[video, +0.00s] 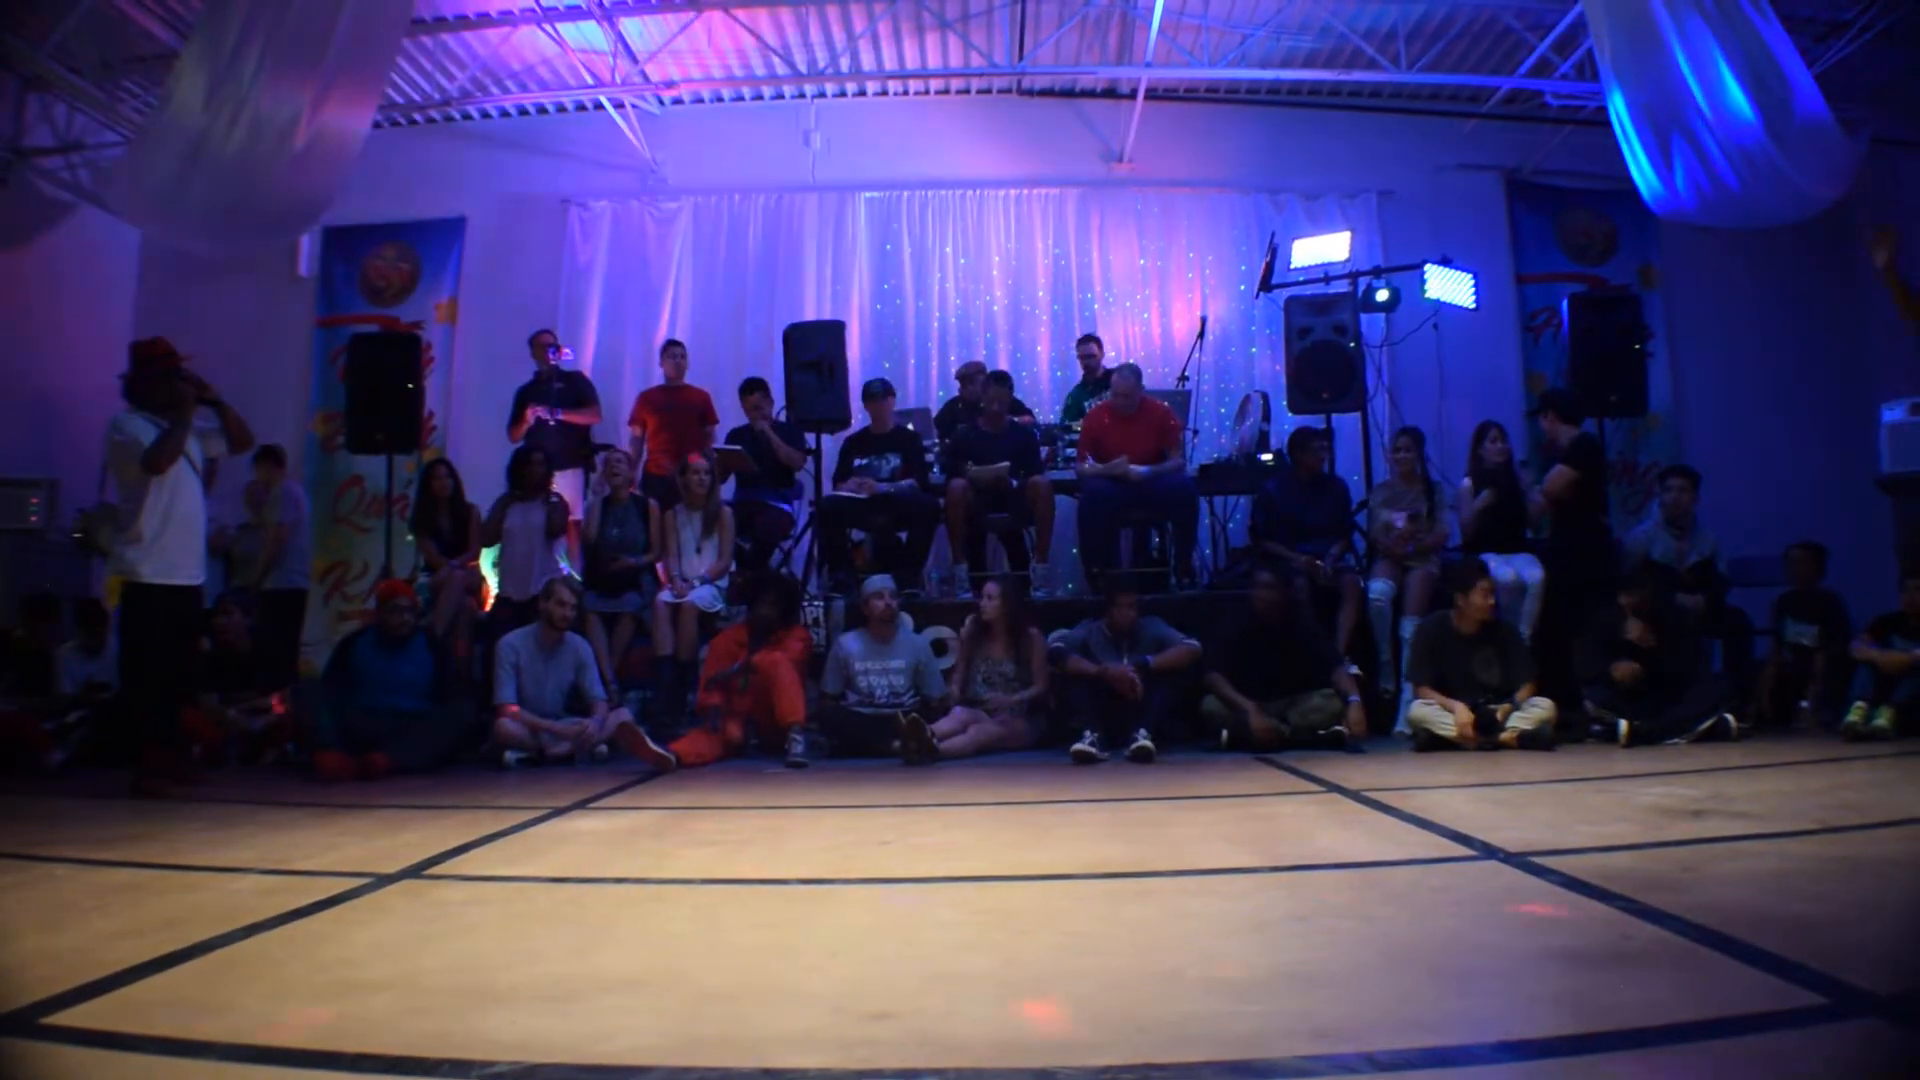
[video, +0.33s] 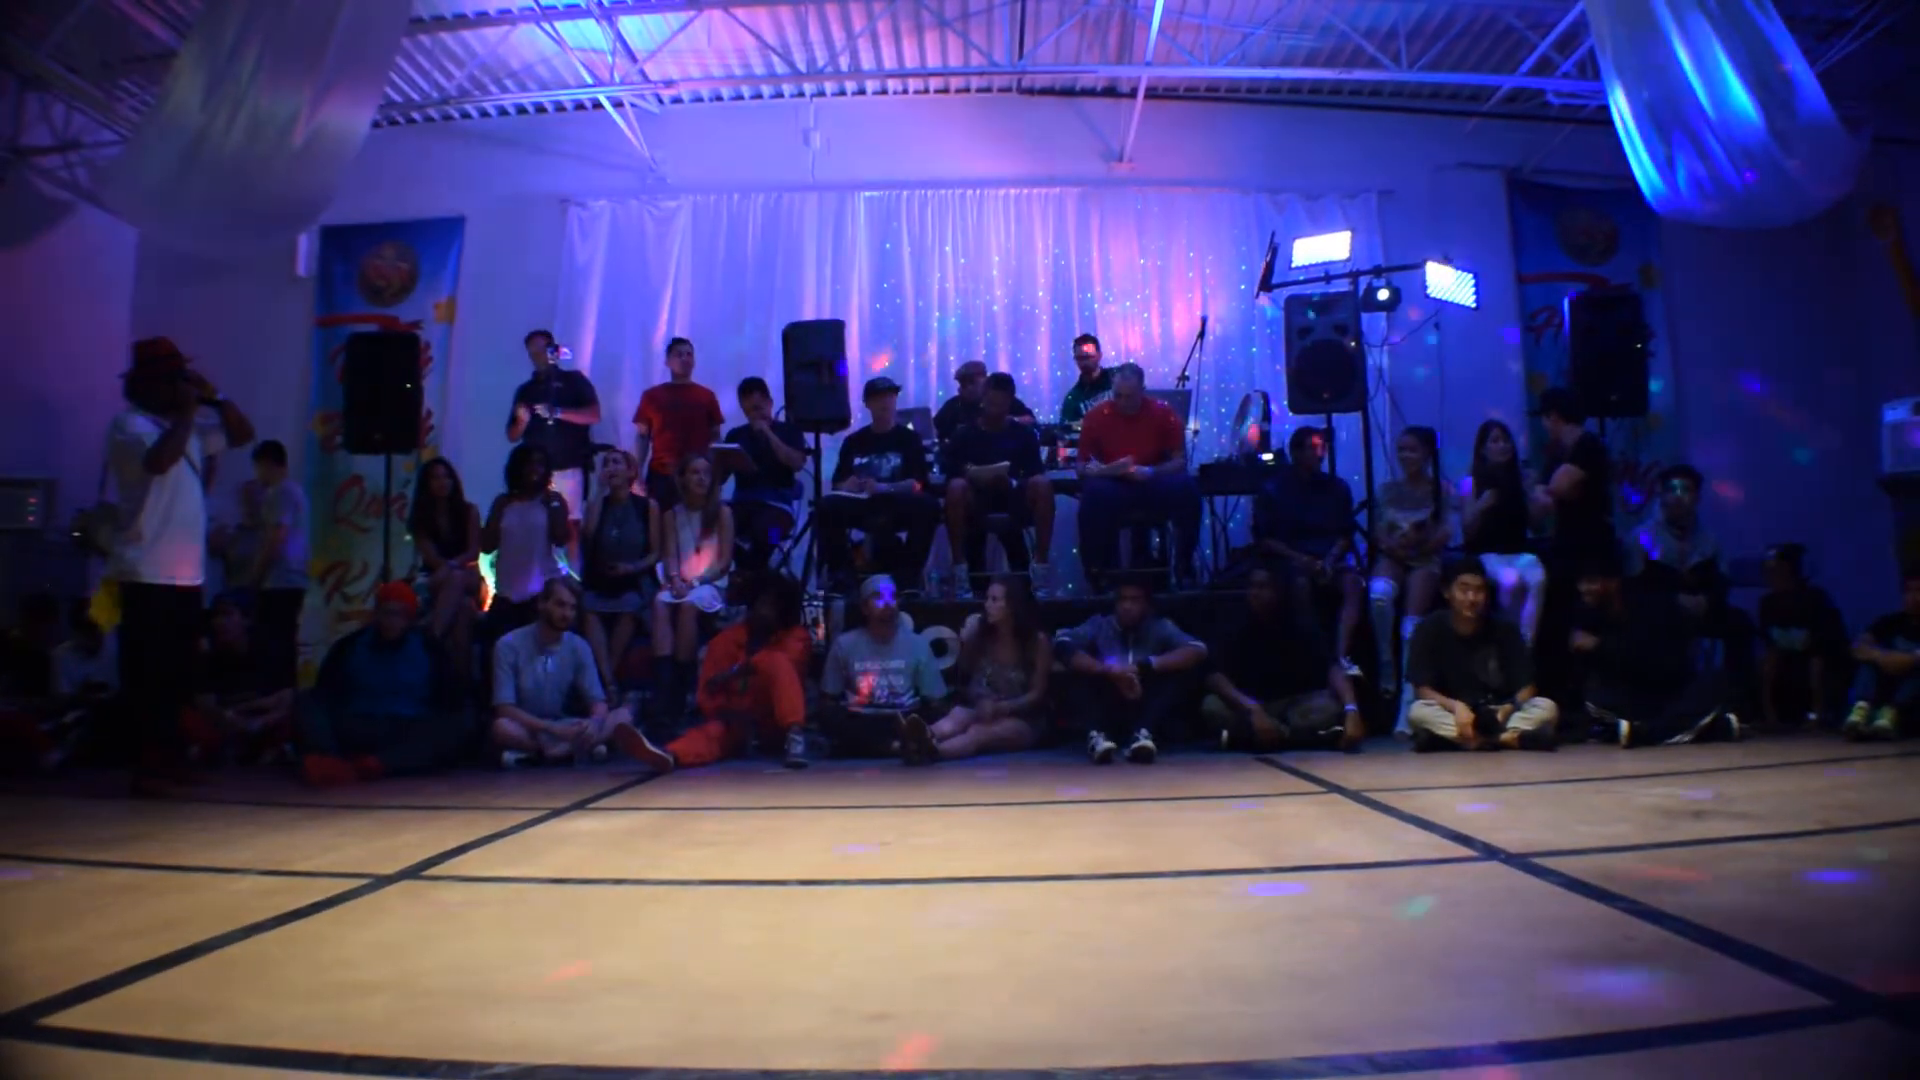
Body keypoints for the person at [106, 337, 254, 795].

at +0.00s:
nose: (176, 387)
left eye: (178, 378)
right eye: (165, 379)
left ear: (179, 385)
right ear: (143, 385)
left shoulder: (183, 433)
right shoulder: (127, 427)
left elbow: (241, 441)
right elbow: (155, 462)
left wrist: (213, 400)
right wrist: (184, 412)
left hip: (186, 580)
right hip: (147, 580)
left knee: (180, 681)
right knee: (148, 682)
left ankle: (176, 764)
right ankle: (147, 769)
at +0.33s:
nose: (178, 388)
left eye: (180, 380)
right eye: (168, 380)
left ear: (181, 386)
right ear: (147, 386)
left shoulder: (186, 432)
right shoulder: (129, 426)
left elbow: (242, 434)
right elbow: (157, 461)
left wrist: (213, 396)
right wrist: (187, 412)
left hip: (186, 579)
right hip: (148, 578)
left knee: (180, 679)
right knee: (149, 679)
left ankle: (174, 762)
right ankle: (147, 768)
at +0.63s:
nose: (179, 390)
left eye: (180, 381)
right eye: (170, 382)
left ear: (177, 385)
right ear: (147, 386)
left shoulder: (180, 431)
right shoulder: (127, 425)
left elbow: (239, 440)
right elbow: (157, 463)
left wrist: (215, 400)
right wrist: (186, 413)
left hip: (183, 581)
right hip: (148, 580)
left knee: (177, 682)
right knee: (147, 682)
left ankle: (171, 765)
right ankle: (145, 771)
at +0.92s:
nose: (185, 390)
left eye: (186, 382)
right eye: (177, 382)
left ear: (178, 388)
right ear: (155, 386)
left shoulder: (184, 434)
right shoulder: (133, 426)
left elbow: (242, 441)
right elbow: (166, 461)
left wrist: (218, 399)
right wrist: (193, 411)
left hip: (187, 579)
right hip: (152, 578)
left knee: (181, 678)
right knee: (151, 680)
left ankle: (172, 762)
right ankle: (147, 769)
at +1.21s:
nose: (188, 390)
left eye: (189, 382)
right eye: (180, 382)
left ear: (180, 387)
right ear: (157, 386)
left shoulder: (180, 431)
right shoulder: (138, 427)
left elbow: (240, 444)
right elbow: (170, 464)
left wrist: (224, 404)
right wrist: (200, 411)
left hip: (186, 579)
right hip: (155, 579)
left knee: (179, 679)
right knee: (152, 680)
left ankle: (171, 762)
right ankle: (148, 768)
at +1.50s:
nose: (189, 391)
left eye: (189, 383)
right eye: (179, 383)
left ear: (184, 386)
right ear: (154, 387)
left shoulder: (187, 433)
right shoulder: (132, 426)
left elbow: (236, 456)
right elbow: (160, 464)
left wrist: (248, 428)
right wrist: (189, 418)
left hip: (188, 577)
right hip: (151, 575)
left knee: (181, 677)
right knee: (151, 677)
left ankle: (172, 761)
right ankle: (146, 767)